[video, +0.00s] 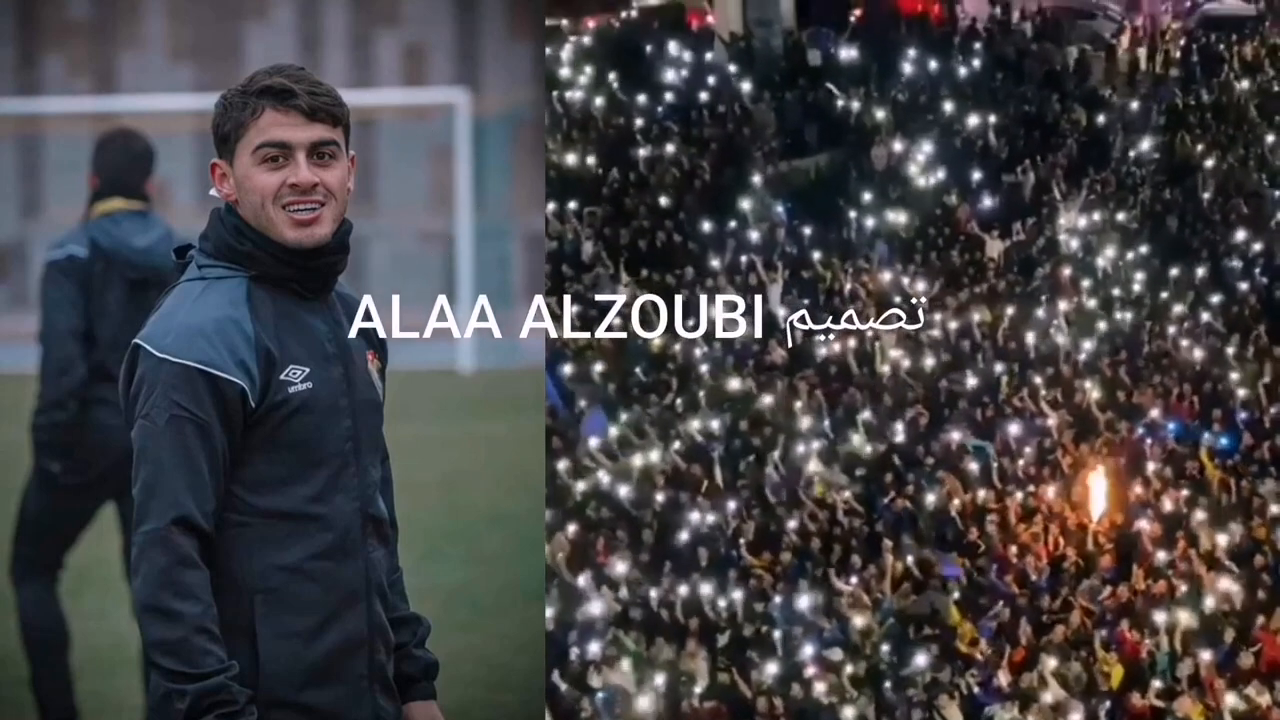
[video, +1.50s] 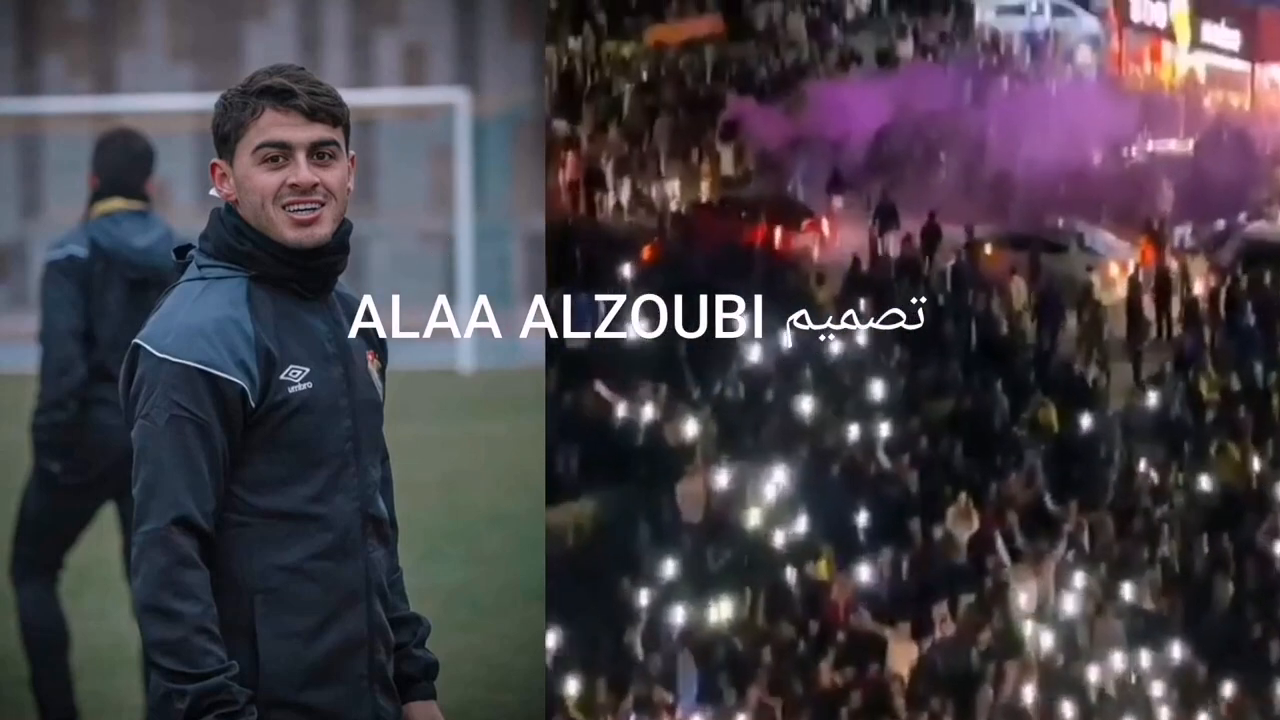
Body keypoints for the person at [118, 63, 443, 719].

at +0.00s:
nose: (305, 178)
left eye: (322, 155)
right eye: (274, 158)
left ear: (350, 171)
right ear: (226, 182)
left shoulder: (352, 319)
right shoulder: (195, 334)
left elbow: (372, 524)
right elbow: (164, 551)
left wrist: (414, 684)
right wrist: (213, 705)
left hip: (364, 690)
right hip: (260, 692)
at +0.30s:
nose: (305, 178)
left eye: (322, 155)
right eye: (274, 158)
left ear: (350, 171)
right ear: (226, 182)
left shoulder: (352, 320)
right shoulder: (195, 334)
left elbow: (372, 524)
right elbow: (164, 551)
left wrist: (414, 684)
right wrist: (213, 705)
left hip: (364, 690)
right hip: (260, 692)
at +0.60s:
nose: (305, 178)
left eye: (322, 155)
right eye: (274, 158)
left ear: (350, 171)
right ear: (226, 182)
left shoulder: (352, 319)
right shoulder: (195, 334)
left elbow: (372, 524)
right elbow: (164, 551)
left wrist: (414, 684)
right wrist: (213, 705)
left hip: (364, 690)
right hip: (260, 692)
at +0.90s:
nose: (305, 178)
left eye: (322, 155)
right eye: (274, 158)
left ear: (350, 171)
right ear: (226, 182)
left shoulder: (352, 319)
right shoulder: (195, 334)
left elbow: (372, 524)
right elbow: (164, 551)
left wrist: (414, 684)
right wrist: (213, 705)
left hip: (364, 690)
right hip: (260, 692)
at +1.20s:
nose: (305, 178)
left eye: (322, 155)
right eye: (274, 158)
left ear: (350, 171)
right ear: (226, 182)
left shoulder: (352, 319)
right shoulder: (195, 334)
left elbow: (372, 524)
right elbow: (164, 551)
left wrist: (414, 684)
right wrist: (213, 705)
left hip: (364, 690)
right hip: (260, 692)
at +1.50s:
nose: (305, 178)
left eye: (322, 155)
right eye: (274, 158)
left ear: (350, 171)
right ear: (226, 182)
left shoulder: (351, 319)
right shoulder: (196, 334)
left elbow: (372, 523)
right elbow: (164, 551)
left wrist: (414, 684)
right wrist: (213, 705)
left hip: (364, 690)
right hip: (260, 692)